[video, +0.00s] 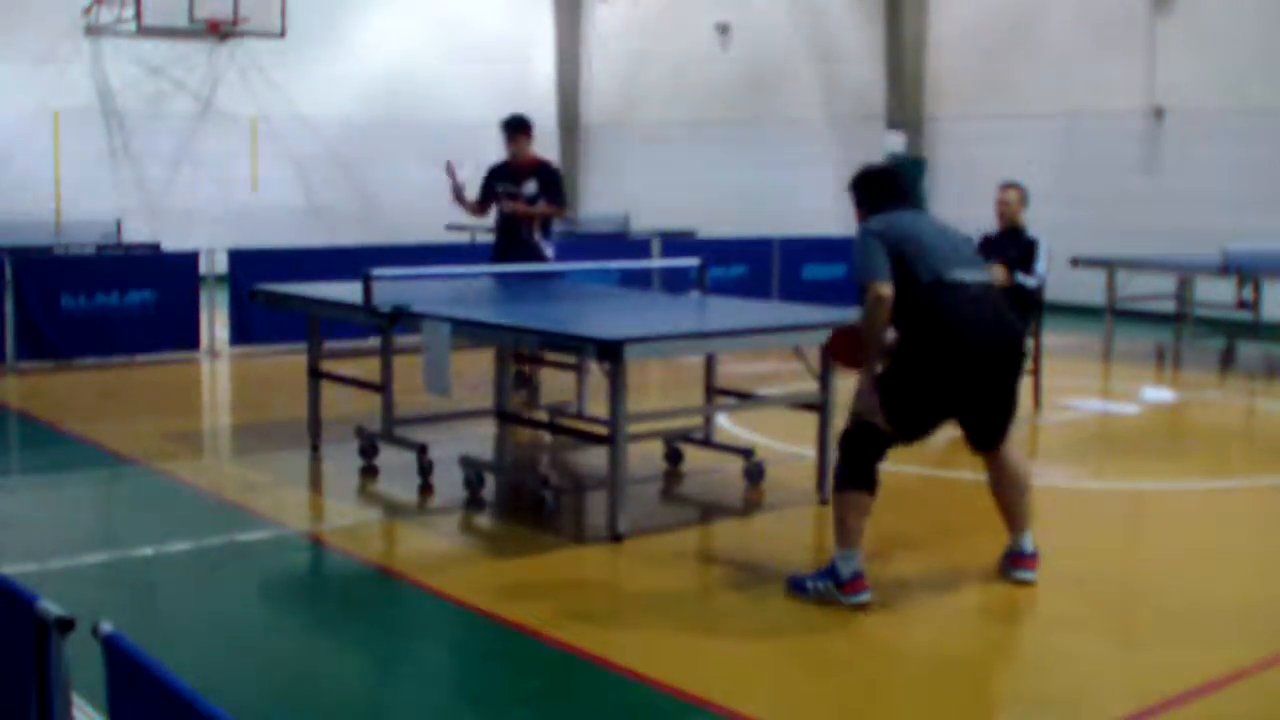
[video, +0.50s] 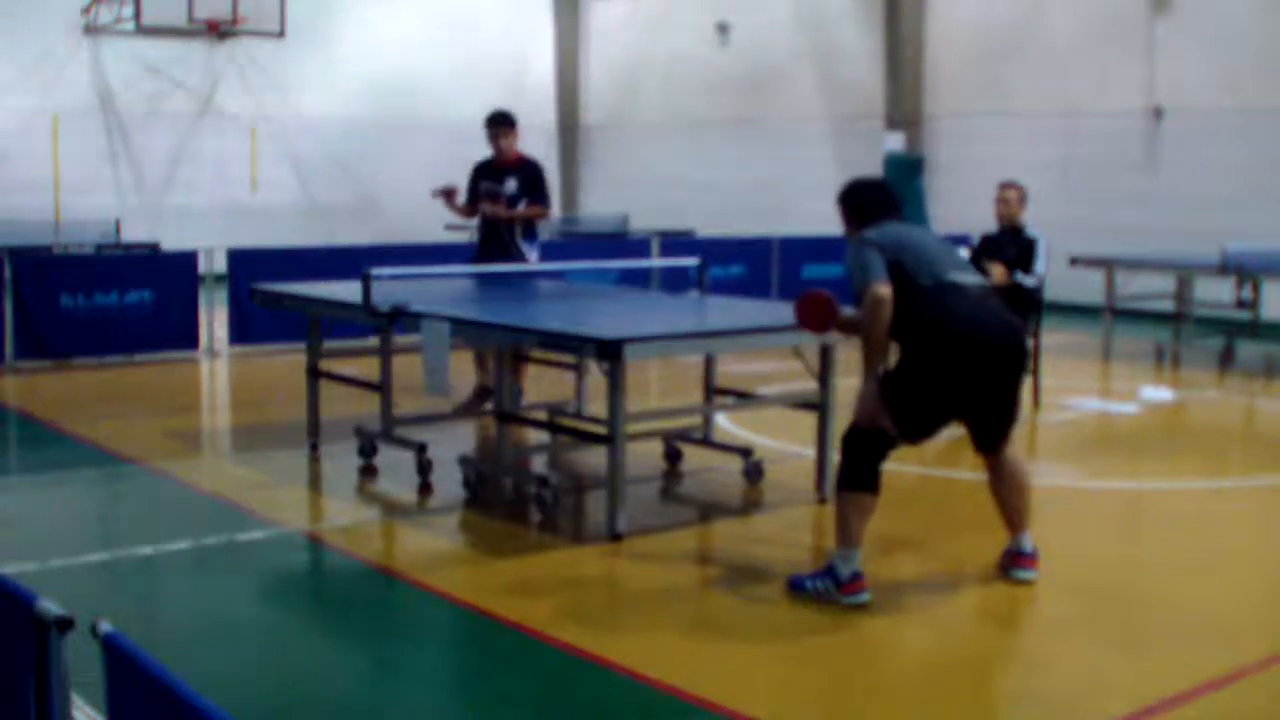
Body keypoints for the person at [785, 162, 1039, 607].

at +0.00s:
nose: (857, 215)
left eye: (857, 207)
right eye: (857, 207)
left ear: (866, 204)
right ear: (909, 196)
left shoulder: (875, 231)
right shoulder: (945, 231)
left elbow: (881, 294)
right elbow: (985, 283)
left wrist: (869, 360)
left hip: (937, 350)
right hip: (999, 348)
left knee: (861, 443)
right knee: (995, 441)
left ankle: (846, 568)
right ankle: (1024, 547)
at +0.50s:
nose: (844, 228)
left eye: (844, 220)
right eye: (842, 220)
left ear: (853, 218)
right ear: (894, 209)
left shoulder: (866, 241)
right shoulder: (926, 238)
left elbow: (879, 297)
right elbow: (924, 321)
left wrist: (871, 379)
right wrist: (846, 322)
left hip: (941, 355)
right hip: (1003, 349)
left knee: (863, 444)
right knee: (996, 446)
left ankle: (845, 568)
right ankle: (1023, 547)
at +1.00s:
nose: (849, 219)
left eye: (849, 210)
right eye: (848, 210)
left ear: (858, 208)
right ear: (899, 196)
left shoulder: (872, 235)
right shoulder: (937, 226)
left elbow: (881, 305)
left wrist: (870, 382)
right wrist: (856, 304)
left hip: (944, 353)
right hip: (1006, 346)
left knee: (871, 439)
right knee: (999, 438)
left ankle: (845, 561)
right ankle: (1023, 542)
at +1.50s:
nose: (849, 215)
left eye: (848, 206)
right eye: (847, 206)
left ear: (857, 204)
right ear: (900, 192)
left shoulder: (872, 227)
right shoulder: (934, 221)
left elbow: (892, 274)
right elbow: (932, 278)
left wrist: (882, 360)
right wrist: (856, 291)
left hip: (941, 346)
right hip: (1002, 342)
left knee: (863, 435)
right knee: (997, 435)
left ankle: (844, 558)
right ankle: (1022, 537)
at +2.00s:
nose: (848, 210)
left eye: (847, 201)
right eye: (846, 201)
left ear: (855, 200)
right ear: (899, 189)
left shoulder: (870, 224)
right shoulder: (932, 219)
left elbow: (885, 280)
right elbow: (933, 278)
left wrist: (878, 360)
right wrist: (853, 285)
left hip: (939, 342)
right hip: (999, 337)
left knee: (861, 434)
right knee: (993, 431)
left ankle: (845, 558)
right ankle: (1021, 537)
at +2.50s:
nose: (850, 208)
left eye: (849, 200)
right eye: (848, 200)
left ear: (857, 198)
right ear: (899, 189)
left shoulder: (870, 222)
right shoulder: (933, 218)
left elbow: (881, 280)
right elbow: (933, 279)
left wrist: (875, 361)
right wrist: (855, 285)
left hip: (937, 344)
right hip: (999, 339)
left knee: (859, 434)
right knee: (993, 431)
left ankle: (843, 557)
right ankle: (1021, 535)